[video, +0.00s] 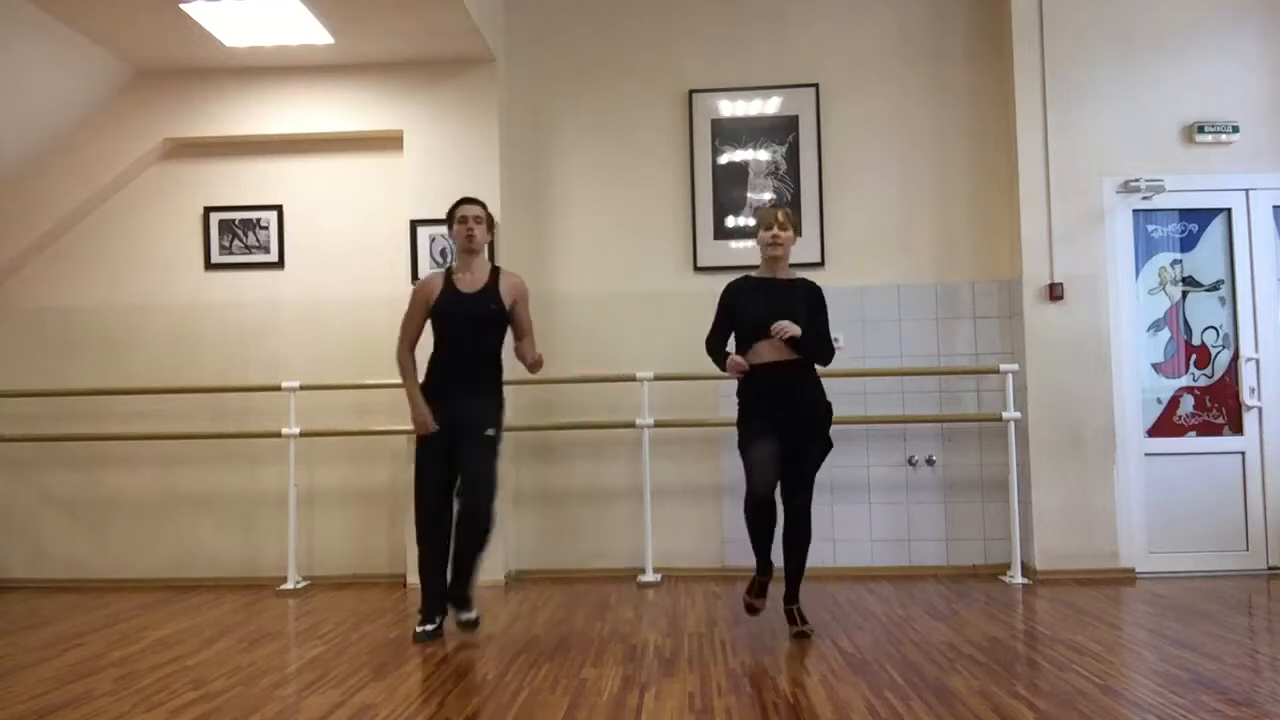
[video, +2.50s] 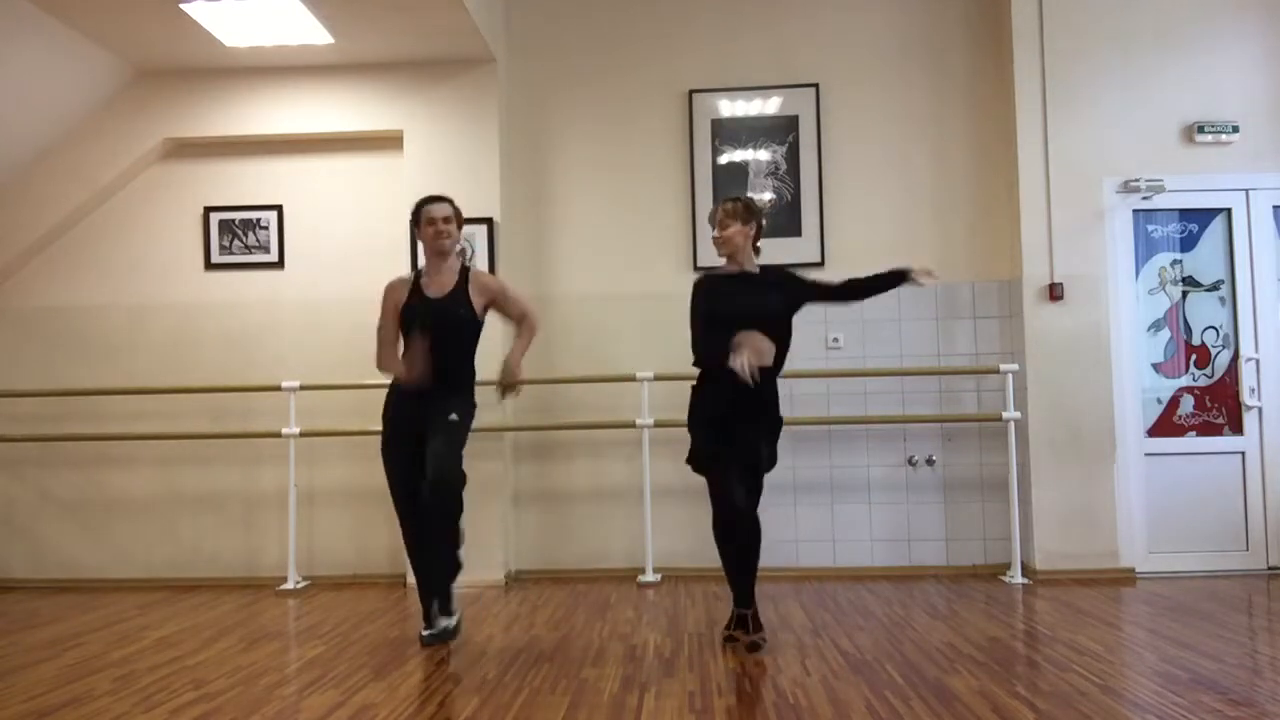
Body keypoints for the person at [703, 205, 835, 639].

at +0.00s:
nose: (776, 234)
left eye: (783, 227)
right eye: (769, 227)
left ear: (794, 238)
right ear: (758, 236)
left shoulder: (809, 291)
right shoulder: (737, 290)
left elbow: (824, 353)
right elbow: (714, 344)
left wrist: (800, 336)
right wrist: (726, 359)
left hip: (805, 405)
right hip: (758, 405)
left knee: (798, 505)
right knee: (759, 492)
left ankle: (793, 599)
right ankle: (763, 569)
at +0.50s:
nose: (769, 230)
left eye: (776, 223)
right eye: (761, 223)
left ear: (789, 233)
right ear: (751, 234)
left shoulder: (810, 285)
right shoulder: (738, 291)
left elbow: (831, 337)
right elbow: (726, 357)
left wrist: (815, 339)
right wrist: (753, 349)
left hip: (792, 412)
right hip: (745, 414)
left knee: (787, 510)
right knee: (756, 511)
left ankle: (795, 606)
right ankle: (771, 607)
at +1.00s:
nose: (752, 228)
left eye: (760, 221)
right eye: (745, 221)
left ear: (772, 231)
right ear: (735, 231)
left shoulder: (789, 282)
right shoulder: (715, 282)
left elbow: (809, 333)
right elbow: (686, 337)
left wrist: (790, 347)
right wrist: (719, 349)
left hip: (777, 409)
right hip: (729, 411)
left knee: (778, 508)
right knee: (735, 509)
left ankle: (786, 602)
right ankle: (737, 605)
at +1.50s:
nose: (721, 228)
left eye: (730, 221)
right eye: (720, 222)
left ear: (756, 228)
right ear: (729, 231)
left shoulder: (782, 283)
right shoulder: (711, 283)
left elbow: (802, 346)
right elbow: (661, 323)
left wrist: (806, 403)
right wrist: (638, 284)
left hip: (773, 402)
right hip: (725, 402)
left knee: (768, 506)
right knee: (734, 507)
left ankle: (762, 609)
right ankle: (740, 608)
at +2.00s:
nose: (720, 228)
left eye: (729, 220)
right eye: (719, 221)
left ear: (755, 227)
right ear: (726, 230)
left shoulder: (783, 281)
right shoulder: (712, 282)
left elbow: (797, 345)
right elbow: (672, 333)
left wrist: (800, 400)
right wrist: (638, 301)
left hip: (772, 398)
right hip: (725, 397)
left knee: (770, 506)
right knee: (734, 507)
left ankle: (764, 608)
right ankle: (741, 608)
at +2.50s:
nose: (718, 232)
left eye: (727, 225)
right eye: (716, 226)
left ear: (752, 230)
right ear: (716, 233)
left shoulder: (782, 283)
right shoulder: (707, 286)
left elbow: (844, 291)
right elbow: (701, 349)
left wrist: (902, 275)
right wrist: (734, 345)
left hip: (758, 410)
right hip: (712, 408)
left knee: (743, 508)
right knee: (727, 507)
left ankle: (744, 609)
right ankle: (744, 609)